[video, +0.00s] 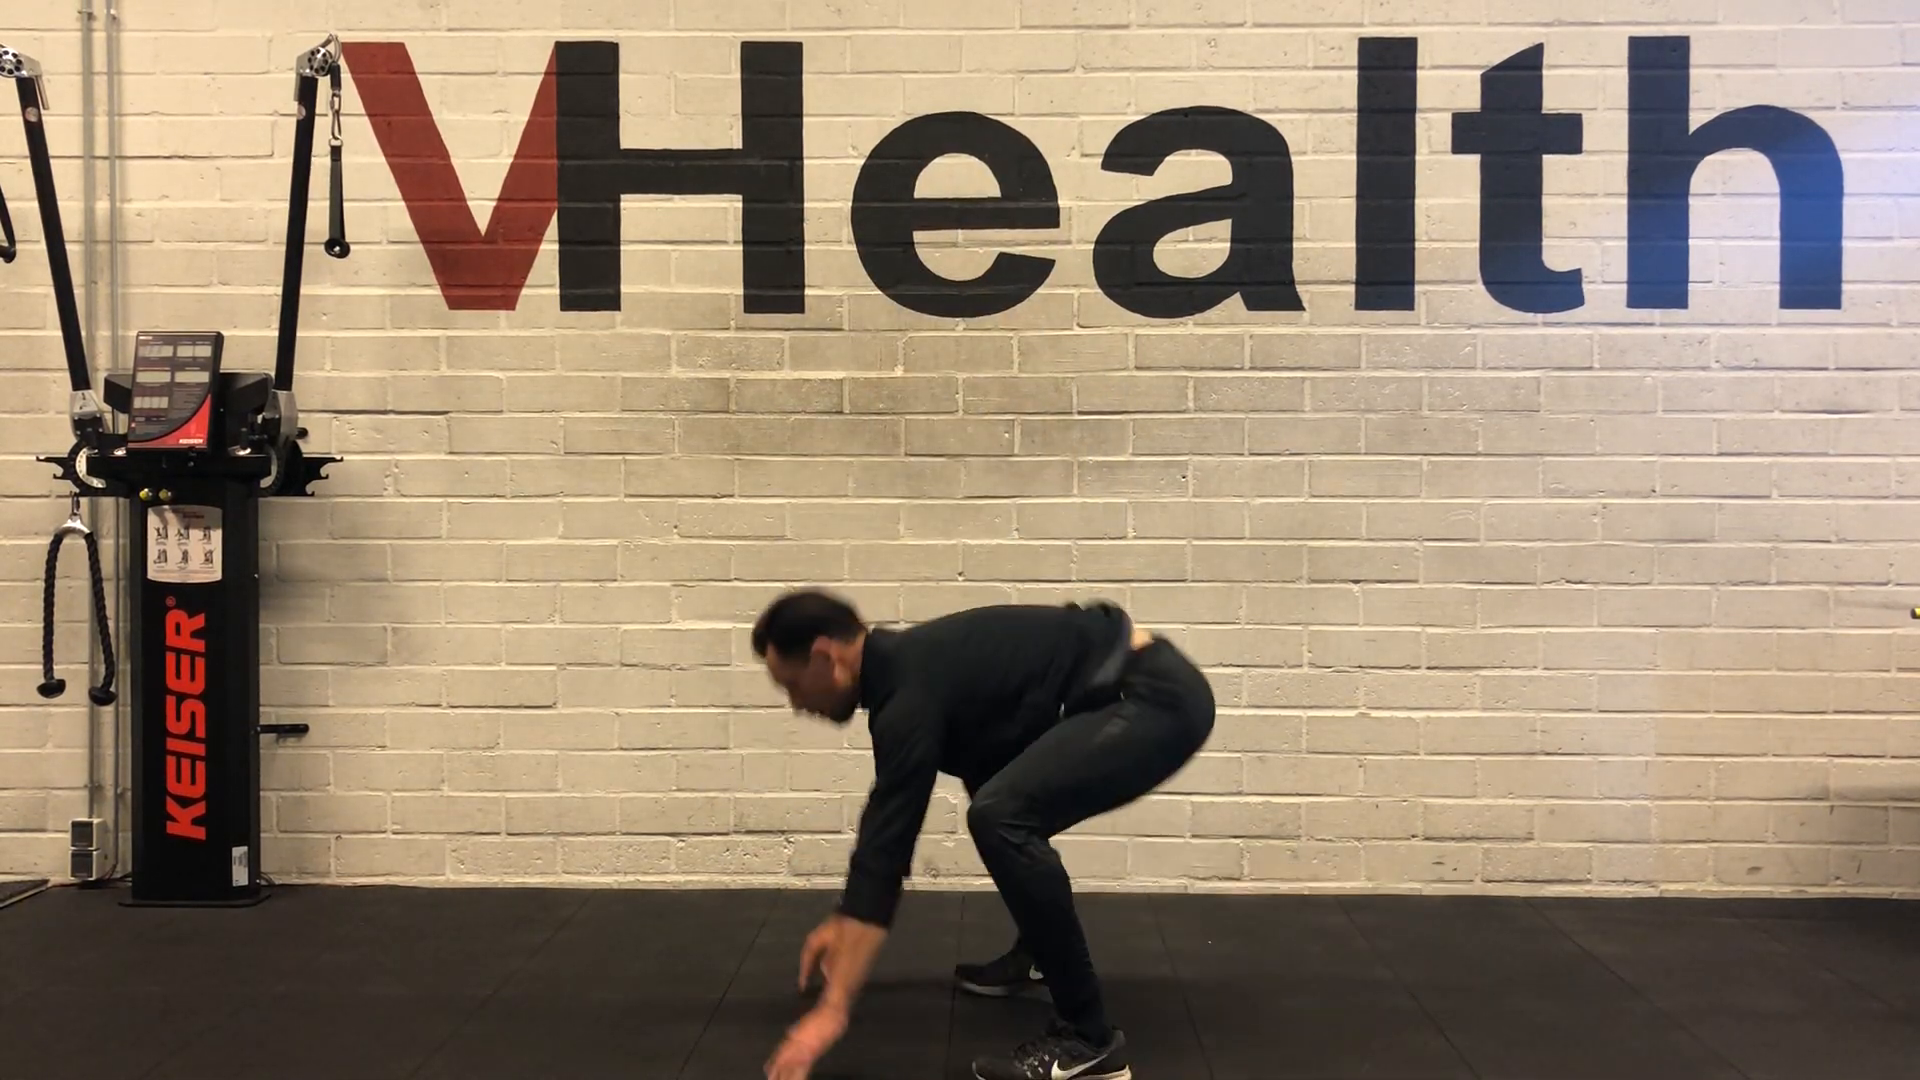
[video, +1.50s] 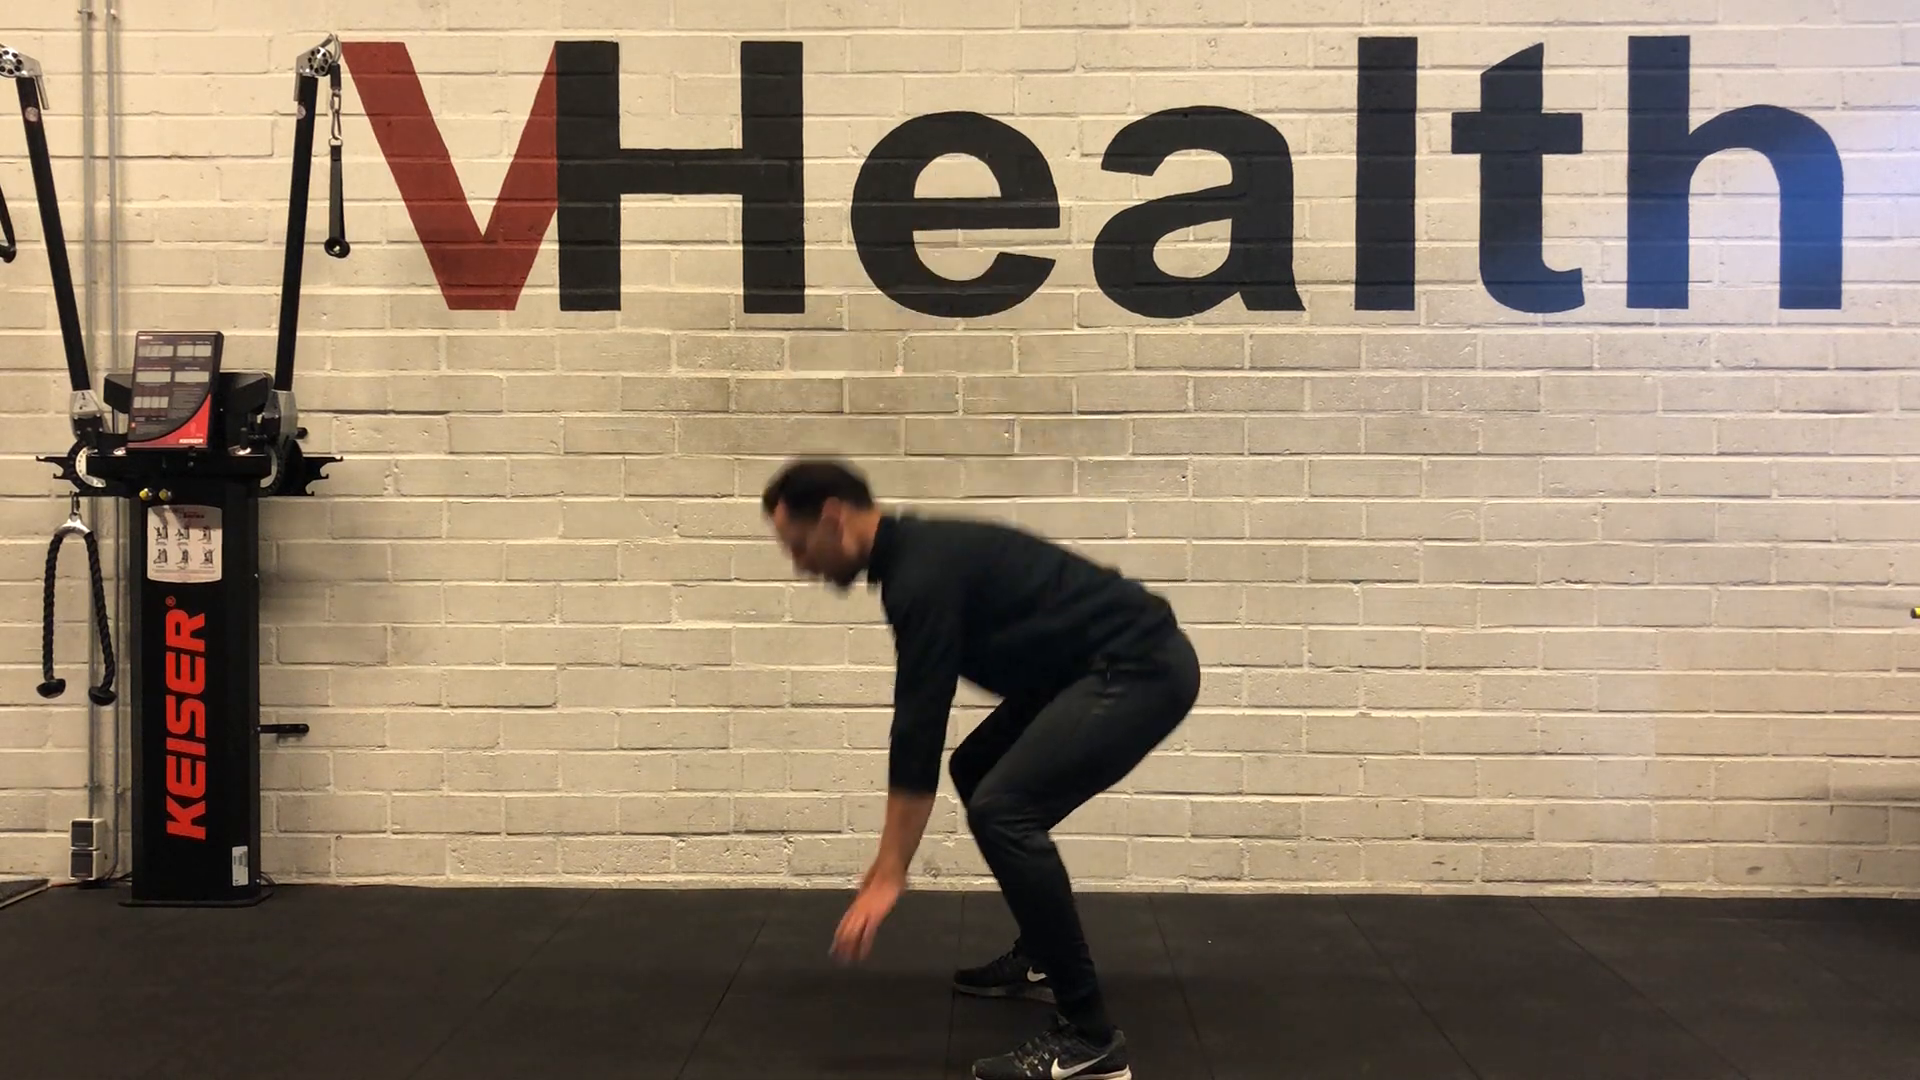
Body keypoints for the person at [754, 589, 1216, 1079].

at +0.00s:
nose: (793, 703)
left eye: (790, 685)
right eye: (784, 689)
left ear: (828, 655)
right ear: (832, 651)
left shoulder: (909, 697)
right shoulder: (898, 671)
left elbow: (884, 855)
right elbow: (885, 826)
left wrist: (832, 1010)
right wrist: (845, 919)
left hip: (1159, 699)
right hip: (1131, 680)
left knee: (1003, 817)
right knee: (992, 795)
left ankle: (1088, 1035)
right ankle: (1039, 949)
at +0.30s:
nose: (828, 438)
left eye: (834, 417)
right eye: (824, 421)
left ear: (883, 403)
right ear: (884, 407)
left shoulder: (950, 480)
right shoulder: (932, 476)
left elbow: (932, 645)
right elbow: (932, 632)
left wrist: (880, 779)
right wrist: (890, 738)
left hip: (1129, 643)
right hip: (1075, 644)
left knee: (1015, 803)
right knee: (977, 766)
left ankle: (1088, 1031)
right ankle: (1043, 950)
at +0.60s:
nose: (905, 245)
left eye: (917, 228)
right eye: (904, 229)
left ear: (970, 227)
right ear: (966, 229)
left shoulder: (1017, 323)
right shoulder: (985, 321)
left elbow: (1072, 465)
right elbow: (1029, 466)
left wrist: (1085, 602)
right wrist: (1010, 592)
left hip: (1046, 596)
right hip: (1019, 593)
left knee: (1049, 795)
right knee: (1017, 773)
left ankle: (1090, 1034)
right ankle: (1049, 947)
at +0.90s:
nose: (939, 233)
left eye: (950, 216)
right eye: (939, 218)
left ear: (1005, 220)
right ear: (997, 223)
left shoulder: (1043, 322)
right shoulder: (1013, 318)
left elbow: (1078, 472)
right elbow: (1029, 466)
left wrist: (1067, 610)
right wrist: (995, 592)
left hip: (1030, 600)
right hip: (1003, 594)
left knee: (1055, 800)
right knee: (1027, 784)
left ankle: (1092, 1030)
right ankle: (1049, 952)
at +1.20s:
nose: (874, 289)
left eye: (879, 269)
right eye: (869, 274)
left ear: (930, 254)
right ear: (926, 256)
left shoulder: (988, 343)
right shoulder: (963, 341)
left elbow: (1007, 502)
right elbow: (989, 496)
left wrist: (991, 635)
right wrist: (971, 610)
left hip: (1080, 583)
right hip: (1048, 580)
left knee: (1042, 785)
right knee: (1018, 767)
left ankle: (1090, 1031)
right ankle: (1047, 948)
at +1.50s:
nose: (798, 562)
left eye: (798, 543)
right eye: (790, 549)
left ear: (835, 514)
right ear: (841, 514)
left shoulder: (922, 574)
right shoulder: (910, 558)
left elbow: (918, 733)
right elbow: (915, 726)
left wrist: (889, 873)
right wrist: (889, 863)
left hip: (1140, 667)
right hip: (1091, 661)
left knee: (1003, 812)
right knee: (974, 769)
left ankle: (1088, 1034)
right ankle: (1045, 950)